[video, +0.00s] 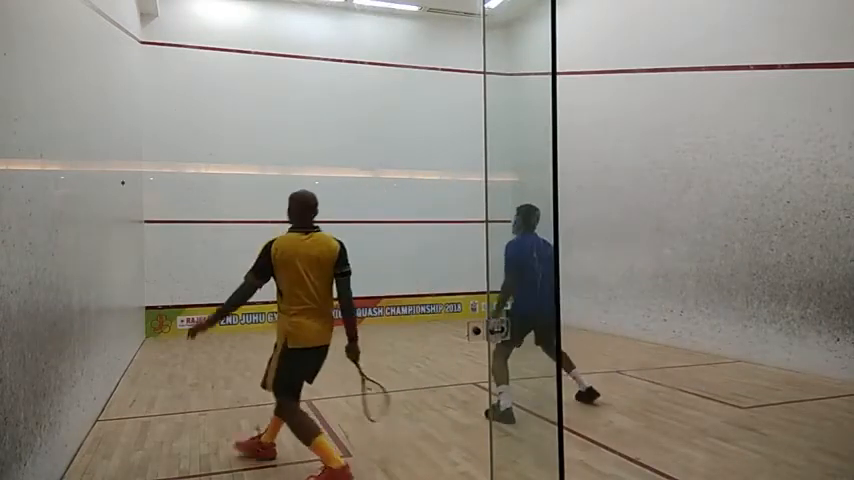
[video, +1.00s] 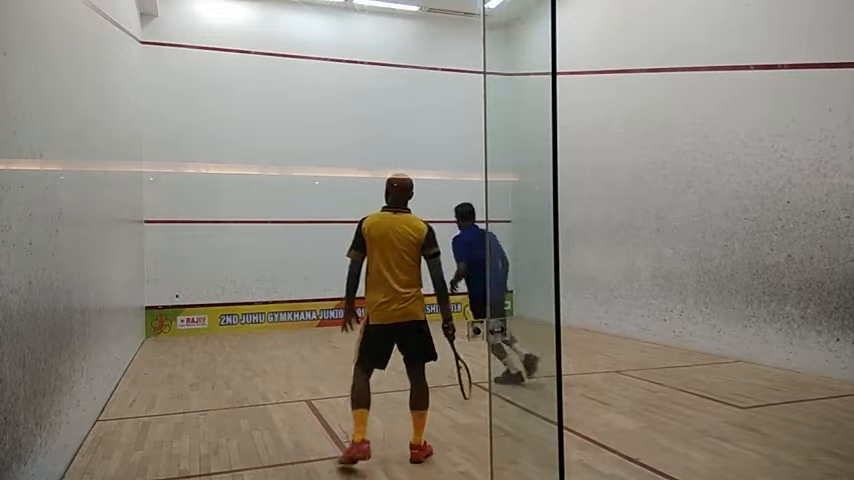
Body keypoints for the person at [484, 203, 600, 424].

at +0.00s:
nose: (512, 221)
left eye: (515, 218)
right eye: (514, 217)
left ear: (521, 221)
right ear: (535, 222)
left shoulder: (514, 246)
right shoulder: (547, 247)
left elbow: (510, 282)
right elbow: (553, 280)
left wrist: (497, 312)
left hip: (523, 310)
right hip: (548, 310)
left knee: (499, 355)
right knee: (549, 345)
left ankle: (504, 406)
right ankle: (584, 386)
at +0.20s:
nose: (501, 218)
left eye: (503, 214)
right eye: (503, 214)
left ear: (507, 216)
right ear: (522, 216)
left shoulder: (500, 243)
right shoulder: (539, 239)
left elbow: (491, 277)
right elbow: (553, 274)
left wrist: (479, 294)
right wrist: (566, 301)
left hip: (516, 303)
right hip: (541, 302)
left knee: (505, 352)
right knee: (537, 337)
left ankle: (506, 405)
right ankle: (565, 379)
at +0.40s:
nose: (501, 219)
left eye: (503, 216)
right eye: (503, 215)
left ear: (505, 217)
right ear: (522, 217)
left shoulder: (497, 243)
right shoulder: (538, 240)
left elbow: (490, 271)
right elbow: (552, 273)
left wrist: (483, 283)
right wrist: (571, 297)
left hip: (516, 304)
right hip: (541, 304)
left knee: (508, 345)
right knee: (541, 341)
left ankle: (505, 389)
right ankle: (552, 386)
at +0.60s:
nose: (496, 215)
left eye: (497, 212)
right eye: (498, 212)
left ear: (499, 214)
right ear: (516, 213)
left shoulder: (493, 237)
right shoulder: (531, 236)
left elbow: (491, 270)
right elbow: (542, 269)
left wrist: (490, 290)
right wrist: (553, 293)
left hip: (506, 298)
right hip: (531, 298)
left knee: (496, 334)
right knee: (537, 339)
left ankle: (507, 374)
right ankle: (552, 384)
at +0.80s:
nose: (479, 215)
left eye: (479, 212)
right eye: (481, 211)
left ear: (479, 212)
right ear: (496, 211)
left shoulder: (477, 233)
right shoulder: (511, 232)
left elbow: (484, 258)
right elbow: (520, 264)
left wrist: (479, 279)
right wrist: (525, 290)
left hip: (496, 293)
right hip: (518, 291)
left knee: (497, 333)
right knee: (527, 331)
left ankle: (513, 371)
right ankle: (545, 368)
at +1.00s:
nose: (457, 221)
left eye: (457, 218)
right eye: (458, 218)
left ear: (458, 219)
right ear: (474, 217)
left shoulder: (459, 240)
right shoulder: (488, 235)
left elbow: (462, 269)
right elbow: (505, 262)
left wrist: (454, 281)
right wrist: (501, 285)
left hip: (480, 295)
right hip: (497, 292)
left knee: (490, 338)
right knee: (502, 330)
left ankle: (514, 370)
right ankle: (525, 355)